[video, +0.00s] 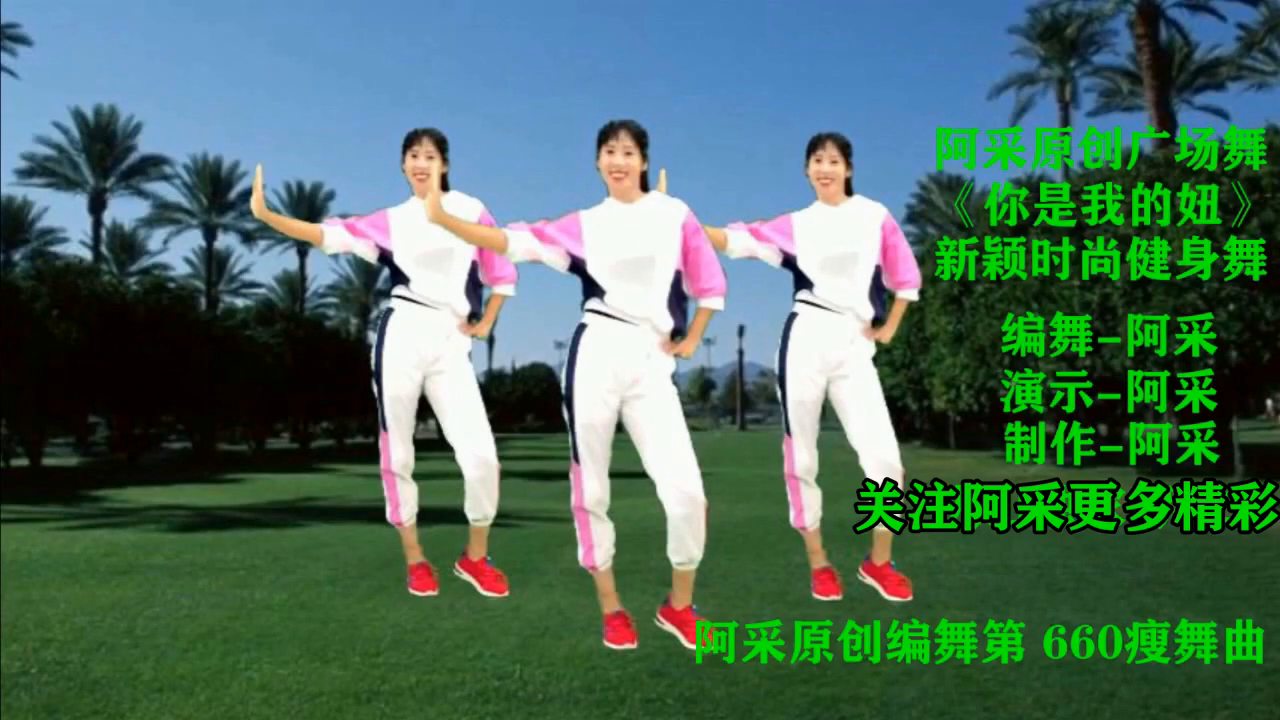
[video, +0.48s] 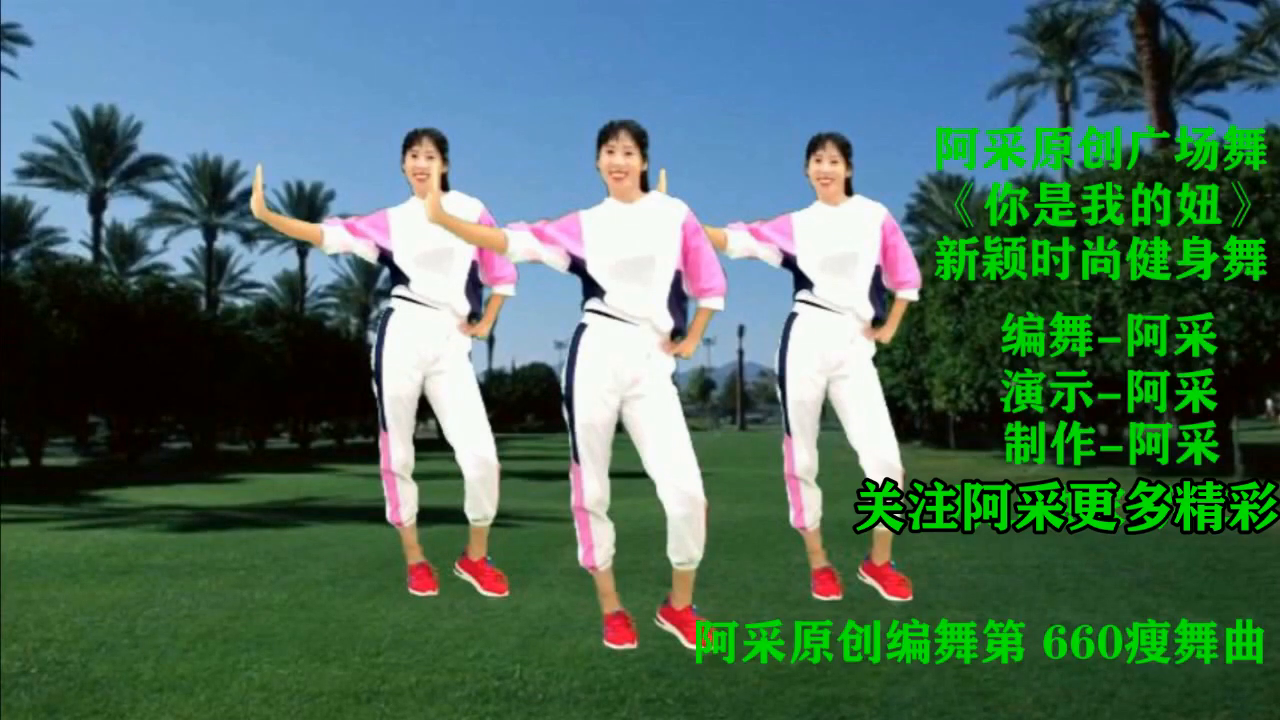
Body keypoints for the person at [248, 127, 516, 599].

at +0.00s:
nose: (420, 164)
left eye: (428, 157)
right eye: (412, 157)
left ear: (444, 165)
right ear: (403, 166)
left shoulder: (473, 211)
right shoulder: (393, 220)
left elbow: (503, 273)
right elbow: (327, 235)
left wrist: (484, 325)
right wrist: (265, 215)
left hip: (451, 335)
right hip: (401, 331)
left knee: (482, 456)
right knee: (399, 453)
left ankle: (476, 557)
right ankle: (415, 561)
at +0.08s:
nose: (420, 164)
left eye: (428, 157)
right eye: (412, 157)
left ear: (444, 165)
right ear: (403, 166)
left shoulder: (473, 211)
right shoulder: (393, 220)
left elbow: (503, 273)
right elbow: (327, 235)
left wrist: (484, 325)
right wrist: (265, 215)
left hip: (451, 335)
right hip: (401, 331)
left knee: (482, 456)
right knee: (399, 453)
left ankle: (476, 557)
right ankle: (415, 561)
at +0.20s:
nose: (420, 164)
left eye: (428, 157)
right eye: (412, 157)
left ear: (444, 165)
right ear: (403, 166)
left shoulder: (473, 211)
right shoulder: (393, 220)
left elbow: (503, 273)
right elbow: (327, 235)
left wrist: (484, 325)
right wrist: (265, 215)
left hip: (451, 335)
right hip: (401, 331)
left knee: (482, 456)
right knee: (399, 453)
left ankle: (476, 557)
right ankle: (415, 561)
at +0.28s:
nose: (420, 164)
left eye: (428, 157)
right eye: (412, 157)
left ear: (444, 165)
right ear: (403, 166)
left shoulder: (473, 211)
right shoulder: (393, 220)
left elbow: (503, 273)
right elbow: (327, 235)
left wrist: (484, 325)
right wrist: (265, 215)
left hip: (451, 335)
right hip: (401, 331)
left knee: (482, 456)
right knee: (399, 453)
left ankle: (476, 557)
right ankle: (415, 561)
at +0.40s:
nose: (420, 164)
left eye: (428, 157)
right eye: (412, 157)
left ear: (444, 165)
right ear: (403, 166)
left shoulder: (473, 211)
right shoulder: (393, 220)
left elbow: (503, 273)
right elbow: (327, 235)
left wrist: (485, 325)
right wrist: (265, 215)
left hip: (451, 335)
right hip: (401, 331)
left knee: (482, 456)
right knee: (399, 453)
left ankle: (476, 557)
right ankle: (415, 561)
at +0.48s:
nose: (420, 164)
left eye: (428, 157)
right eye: (412, 157)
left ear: (444, 165)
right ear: (404, 166)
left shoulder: (473, 211)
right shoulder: (393, 220)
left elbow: (503, 273)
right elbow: (327, 235)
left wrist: (484, 325)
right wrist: (265, 215)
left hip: (451, 335)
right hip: (401, 331)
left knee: (482, 457)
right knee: (399, 453)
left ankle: (476, 557)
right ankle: (415, 561)